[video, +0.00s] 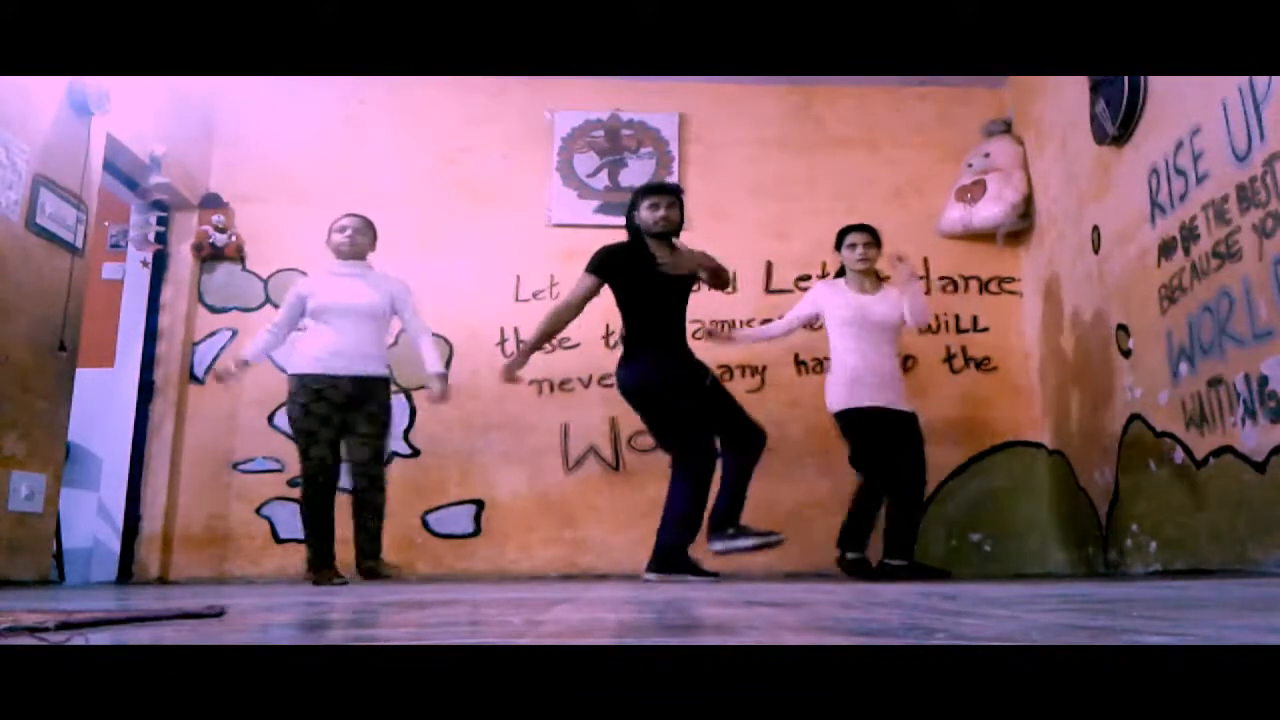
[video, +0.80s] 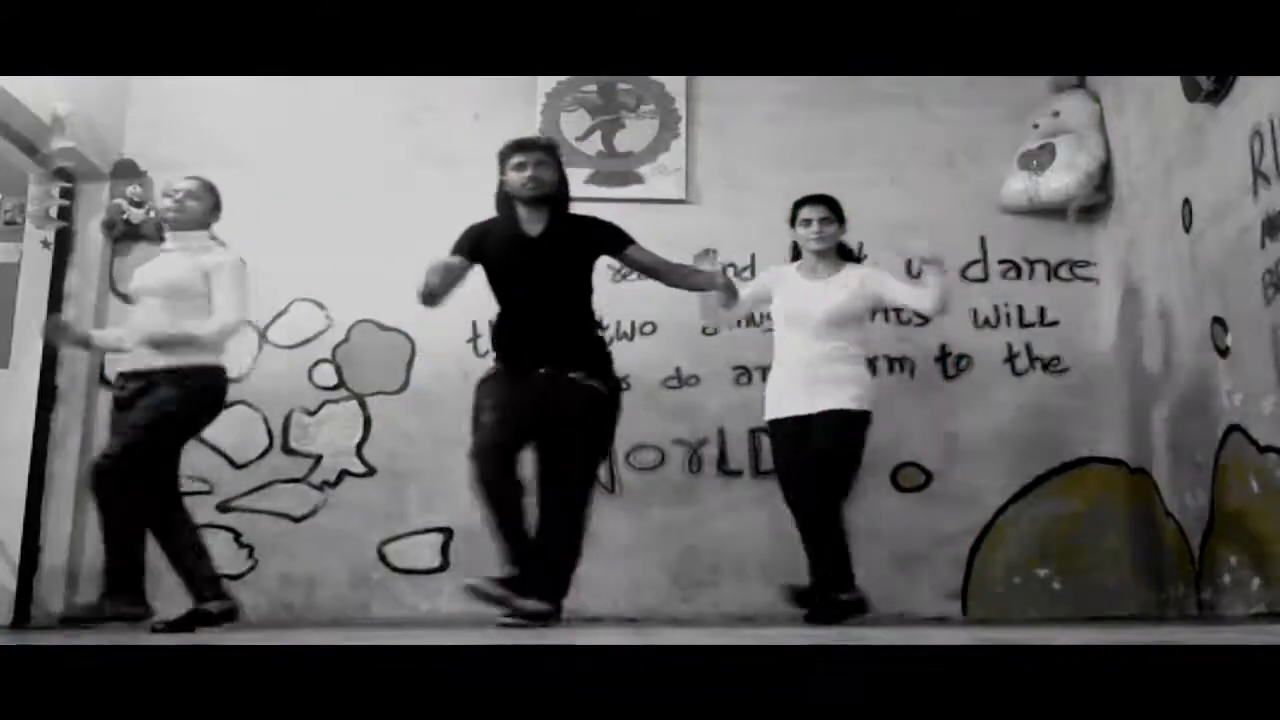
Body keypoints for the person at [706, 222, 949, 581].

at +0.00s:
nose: (861, 252)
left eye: (868, 246)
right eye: (852, 247)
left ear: (878, 252)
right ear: (840, 254)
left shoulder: (894, 293)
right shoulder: (826, 292)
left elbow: (920, 321)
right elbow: (781, 326)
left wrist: (908, 277)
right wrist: (732, 334)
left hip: (892, 398)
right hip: (850, 397)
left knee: (911, 476)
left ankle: (898, 557)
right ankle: (851, 551)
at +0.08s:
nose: (854, 253)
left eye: (862, 247)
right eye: (847, 248)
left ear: (874, 254)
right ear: (835, 256)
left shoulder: (889, 292)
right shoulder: (823, 294)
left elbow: (920, 301)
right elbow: (778, 326)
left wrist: (903, 266)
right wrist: (736, 312)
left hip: (883, 398)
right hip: (836, 397)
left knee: (909, 475)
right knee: (851, 478)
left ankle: (900, 558)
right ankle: (854, 561)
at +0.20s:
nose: (838, 251)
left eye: (845, 245)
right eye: (830, 245)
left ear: (857, 251)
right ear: (819, 253)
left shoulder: (878, 287)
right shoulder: (807, 289)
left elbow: (943, 288)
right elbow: (758, 316)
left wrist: (936, 253)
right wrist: (769, 273)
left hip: (868, 390)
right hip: (821, 395)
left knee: (854, 473)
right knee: (842, 482)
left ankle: (867, 557)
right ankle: (870, 562)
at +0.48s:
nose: (847, 231)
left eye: (855, 224)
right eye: (837, 225)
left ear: (871, 232)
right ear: (825, 235)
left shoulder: (898, 279)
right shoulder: (808, 281)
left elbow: (967, 300)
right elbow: (749, 293)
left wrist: (976, 271)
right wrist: (740, 261)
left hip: (886, 405)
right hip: (826, 407)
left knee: (871, 505)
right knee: (817, 493)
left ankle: (861, 612)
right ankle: (892, 575)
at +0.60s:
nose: (836, 230)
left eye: (845, 223)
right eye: (827, 224)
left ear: (861, 229)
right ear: (814, 233)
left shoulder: (877, 272)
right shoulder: (801, 280)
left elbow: (855, 308)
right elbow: (782, 326)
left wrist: (865, 254)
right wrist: (745, 300)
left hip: (868, 403)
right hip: (813, 402)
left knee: (877, 505)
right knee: (830, 500)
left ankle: (866, 597)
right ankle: (815, 592)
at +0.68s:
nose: (828, 229)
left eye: (837, 222)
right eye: (819, 223)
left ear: (853, 228)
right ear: (806, 232)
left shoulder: (870, 270)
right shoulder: (792, 278)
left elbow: (848, 304)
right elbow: (771, 325)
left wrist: (860, 253)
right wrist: (737, 301)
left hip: (856, 406)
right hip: (798, 406)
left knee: (858, 504)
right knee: (810, 505)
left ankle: (859, 595)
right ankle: (818, 596)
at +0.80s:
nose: (816, 229)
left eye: (825, 222)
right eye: (806, 223)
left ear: (841, 229)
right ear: (794, 232)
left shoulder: (863, 277)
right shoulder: (777, 278)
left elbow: (928, 305)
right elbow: (724, 308)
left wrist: (935, 275)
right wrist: (712, 276)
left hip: (842, 401)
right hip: (786, 404)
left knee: (821, 500)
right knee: (803, 503)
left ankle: (830, 591)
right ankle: (836, 590)